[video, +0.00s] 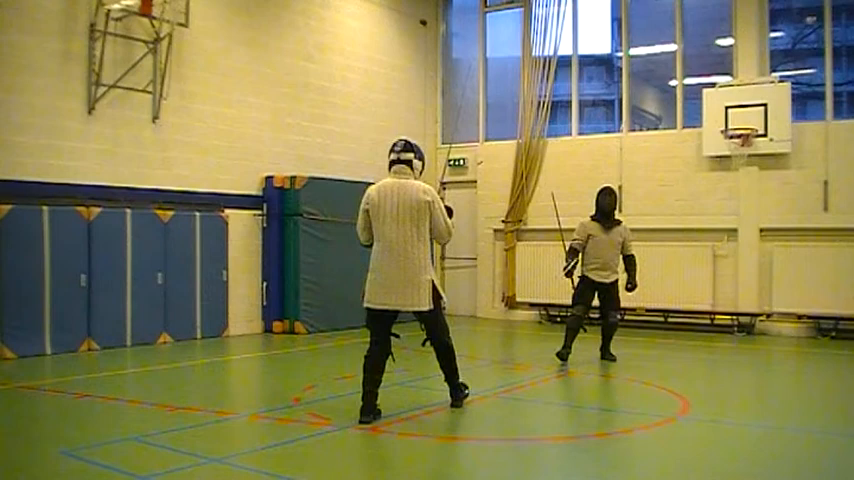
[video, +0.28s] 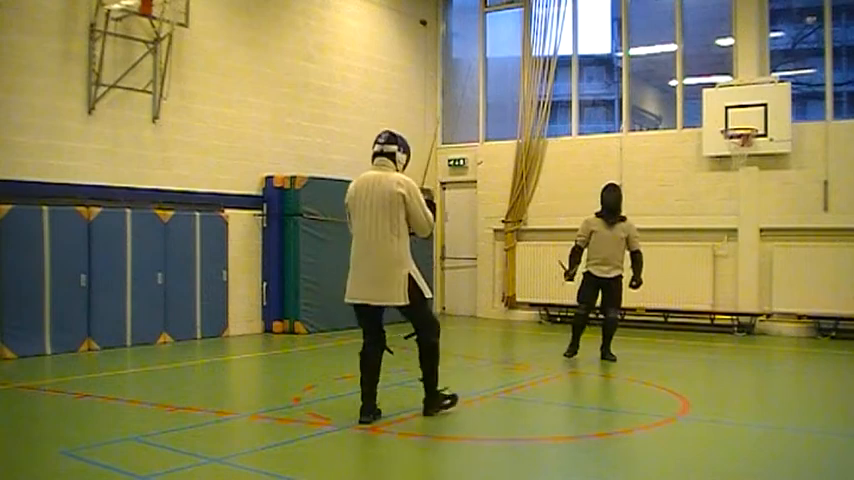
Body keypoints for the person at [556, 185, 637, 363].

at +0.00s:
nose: (609, 202)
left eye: (612, 198)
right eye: (605, 198)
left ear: (616, 203)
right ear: (597, 201)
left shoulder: (622, 230)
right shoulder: (586, 226)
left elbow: (628, 255)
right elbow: (575, 247)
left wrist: (631, 277)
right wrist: (570, 263)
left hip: (610, 281)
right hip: (588, 278)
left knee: (612, 318)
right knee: (578, 312)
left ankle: (605, 349)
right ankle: (566, 347)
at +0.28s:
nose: (612, 203)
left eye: (615, 199)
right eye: (610, 198)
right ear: (604, 201)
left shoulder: (627, 227)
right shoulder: (590, 223)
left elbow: (635, 252)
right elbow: (578, 247)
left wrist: (637, 274)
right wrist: (572, 268)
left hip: (614, 277)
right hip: (592, 275)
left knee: (612, 315)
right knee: (582, 310)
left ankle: (606, 348)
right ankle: (574, 344)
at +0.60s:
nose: (604, 215)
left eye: (607, 211)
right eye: (601, 210)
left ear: (612, 213)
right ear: (595, 211)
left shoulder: (619, 233)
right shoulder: (584, 230)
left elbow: (628, 258)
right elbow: (574, 252)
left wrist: (626, 279)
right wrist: (573, 275)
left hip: (608, 280)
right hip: (587, 280)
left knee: (605, 314)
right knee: (587, 314)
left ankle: (600, 349)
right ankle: (593, 341)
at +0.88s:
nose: (594, 257)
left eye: (598, 254)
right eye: (591, 254)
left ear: (605, 248)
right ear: (586, 246)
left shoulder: (614, 251)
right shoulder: (579, 241)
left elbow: (621, 276)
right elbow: (571, 253)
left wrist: (612, 296)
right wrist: (571, 273)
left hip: (607, 279)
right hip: (586, 279)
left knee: (606, 308)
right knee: (584, 310)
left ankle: (608, 345)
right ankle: (589, 344)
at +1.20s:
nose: (577, 256)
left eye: (580, 253)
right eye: (575, 253)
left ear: (588, 248)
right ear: (570, 245)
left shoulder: (599, 252)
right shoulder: (566, 239)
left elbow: (606, 275)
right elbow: (560, 250)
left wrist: (601, 296)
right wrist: (560, 268)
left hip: (594, 281)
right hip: (573, 280)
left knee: (592, 311)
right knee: (567, 311)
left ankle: (592, 347)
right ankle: (570, 343)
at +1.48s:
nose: (543, 227)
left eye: (546, 224)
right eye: (542, 224)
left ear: (553, 223)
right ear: (542, 223)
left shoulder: (567, 239)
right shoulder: (539, 232)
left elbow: (578, 263)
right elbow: (533, 249)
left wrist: (568, 284)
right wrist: (531, 269)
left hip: (559, 281)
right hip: (541, 281)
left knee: (557, 313)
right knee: (538, 311)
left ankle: (558, 346)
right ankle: (546, 336)